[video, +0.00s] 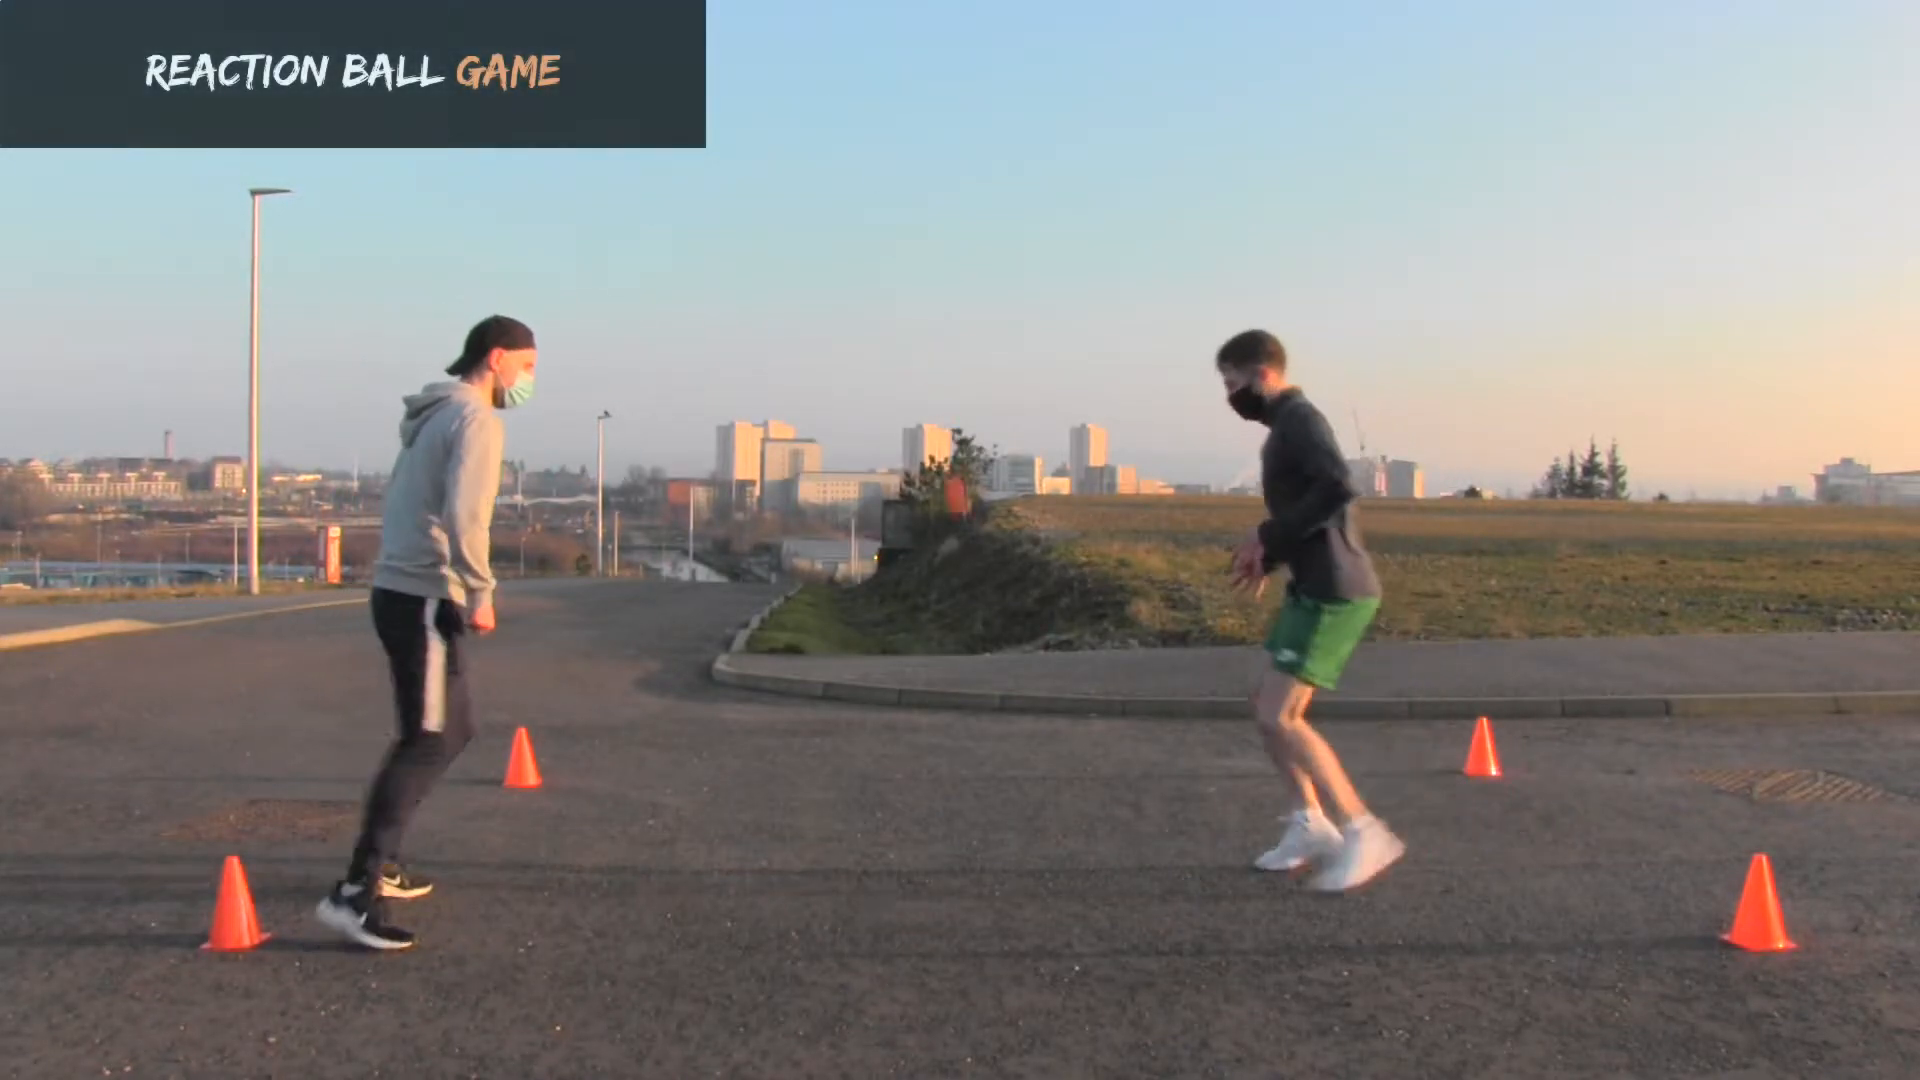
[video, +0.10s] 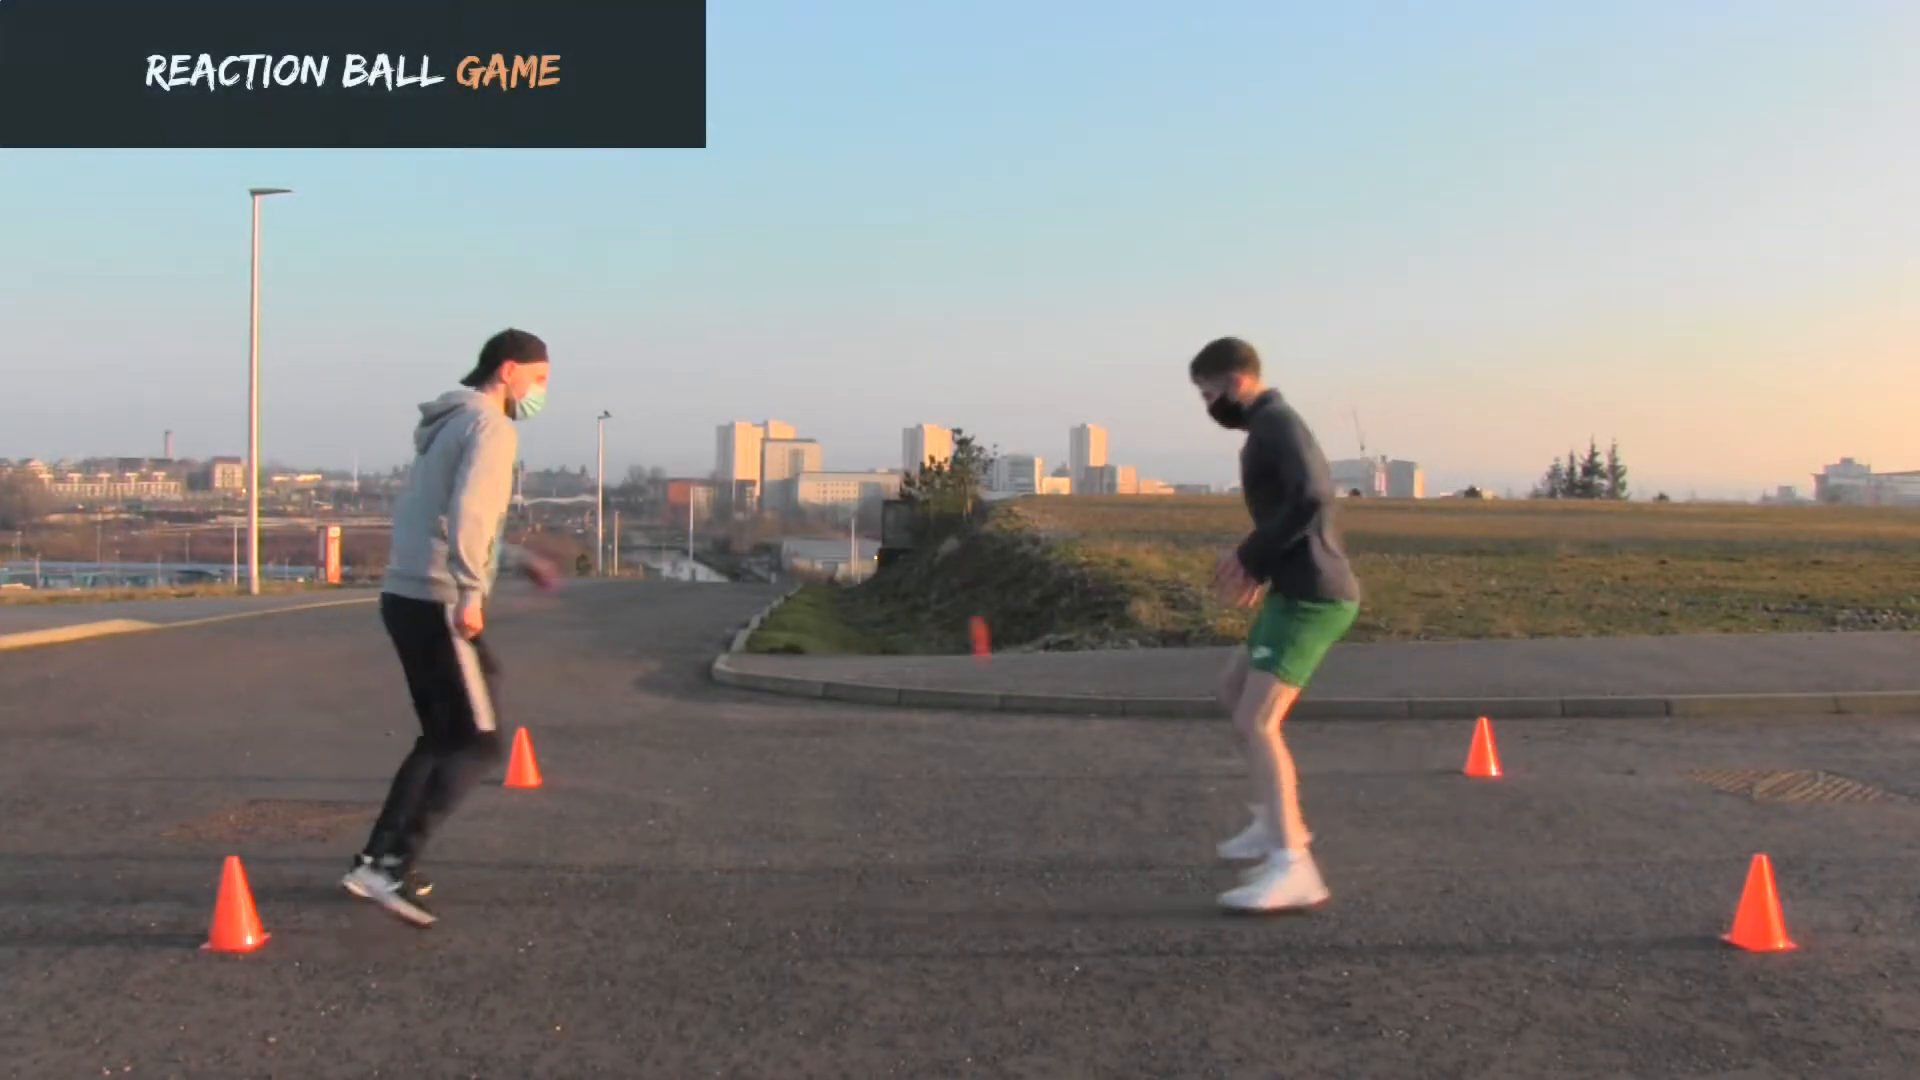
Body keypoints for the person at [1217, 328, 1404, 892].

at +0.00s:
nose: (1229, 393)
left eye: (1235, 380)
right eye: (1226, 383)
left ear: (1266, 372)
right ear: (1264, 376)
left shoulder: (1298, 420)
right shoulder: (1281, 427)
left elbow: (1338, 487)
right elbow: (1309, 502)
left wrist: (1270, 538)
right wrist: (1266, 548)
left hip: (1339, 590)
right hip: (1311, 587)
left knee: (1280, 713)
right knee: (1266, 704)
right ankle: (1311, 823)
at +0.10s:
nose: (1205, 404)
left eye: (1209, 392)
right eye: (1202, 394)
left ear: (1238, 380)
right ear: (1242, 380)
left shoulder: (1277, 424)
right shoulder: (1266, 427)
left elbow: (1309, 497)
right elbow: (1291, 508)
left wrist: (1248, 556)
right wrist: (1256, 566)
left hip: (1316, 595)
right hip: (1295, 591)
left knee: (1259, 719)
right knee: (1236, 693)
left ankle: (1296, 861)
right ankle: (1276, 821)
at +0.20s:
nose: (1177, 443)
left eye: (1179, 430)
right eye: (1173, 432)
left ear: (1205, 420)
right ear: (1220, 417)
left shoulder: (1240, 473)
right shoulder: (1254, 466)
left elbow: (1250, 572)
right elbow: (1257, 570)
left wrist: (1203, 632)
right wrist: (1213, 630)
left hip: (1282, 630)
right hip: (1294, 625)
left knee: (1207, 749)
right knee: (1210, 720)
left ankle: (1258, 890)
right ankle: (1233, 836)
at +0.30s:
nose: (1147, 464)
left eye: (1147, 452)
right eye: (1144, 454)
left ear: (1171, 441)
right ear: (1191, 436)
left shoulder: (1199, 488)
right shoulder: (1236, 479)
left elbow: (1206, 589)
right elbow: (1256, 572)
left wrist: (1157, 647)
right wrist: (1206, 626)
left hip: (1258, 643)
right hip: (1282, 635)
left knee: (1182, 764)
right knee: (1194, 718)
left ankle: (1255, 885)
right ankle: (1235, 839)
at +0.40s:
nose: (1130, 460)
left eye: (1130, 447)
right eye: (1125, 450)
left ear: (1158, 432)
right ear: (1168, 430)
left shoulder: (1185, 477)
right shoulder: (1215, 470)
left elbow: (1204, 570)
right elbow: (1229, 566)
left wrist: (1145, 633)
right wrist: (1180, 625)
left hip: (1241, 633)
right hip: (1270, 628)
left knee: (1149, 746)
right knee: (1190, 715)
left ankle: (1234, 856)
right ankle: (1233, 831)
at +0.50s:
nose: (1100, 462)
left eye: (1102, 449)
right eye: (1095, 454)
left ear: (1131, 429)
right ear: (1132, 431)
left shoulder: (1168, 467)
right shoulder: (1177, 464)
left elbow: (1213, 547)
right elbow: (1212, 555)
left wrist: (1161, 609)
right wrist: (1165, 595)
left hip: (1221, 625)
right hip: (1250, 626)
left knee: (1117, 728)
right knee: (1180, 720)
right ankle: (1231, 833)